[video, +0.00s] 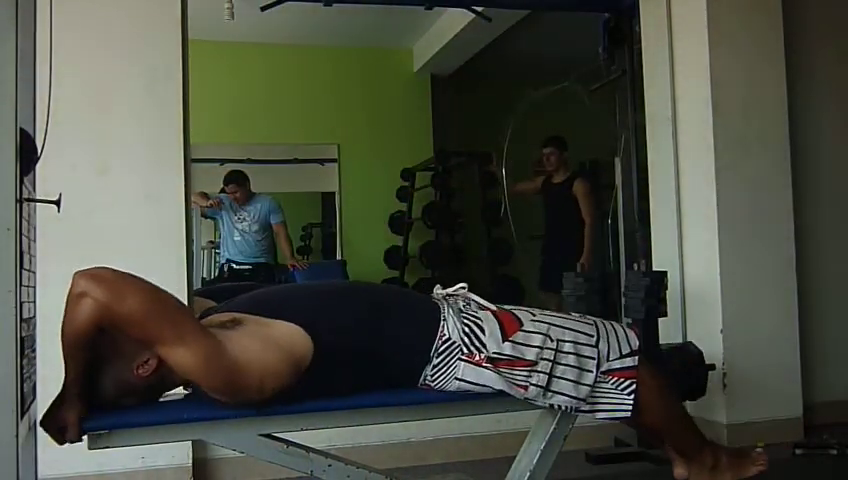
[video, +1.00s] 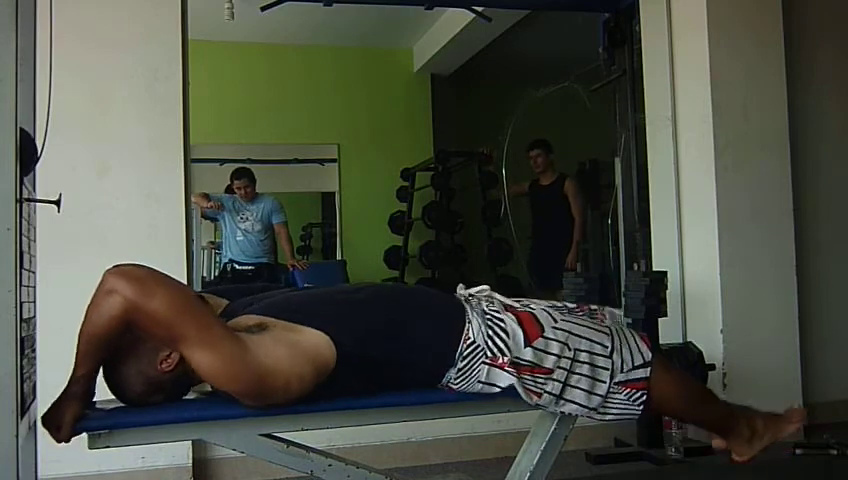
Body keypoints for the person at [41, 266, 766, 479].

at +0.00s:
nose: (146, 352)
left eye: (136, 356)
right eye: (141, 362)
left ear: (143, 367)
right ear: (151, 374)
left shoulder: (208, 340)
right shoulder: (211, 356)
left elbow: (95, 287)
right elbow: (92, 287)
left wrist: (77, 385)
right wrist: (72, 390)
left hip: (435, 319)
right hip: (440, 339)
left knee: (605, 346)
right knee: (616, 351)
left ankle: (690, 449)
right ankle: (697, 456)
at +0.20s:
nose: (151, 352)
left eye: (143, 357)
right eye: (148, 362)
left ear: (151, 361)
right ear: (159, 373)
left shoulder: (221, 331)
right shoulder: (224, 351)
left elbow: (107, 282)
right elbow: (105, 287)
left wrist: (77, 384)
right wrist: (73, 389)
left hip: (444, 316)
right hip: (451, 335)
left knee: (605, 355)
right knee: (628, 366)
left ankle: (690, 445)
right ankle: (704, 463)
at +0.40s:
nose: (165, 362)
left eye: (157, 367)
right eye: (163, 368)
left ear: (162, 368)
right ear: (172, 371)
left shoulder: (227, 340)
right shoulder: (230, 348)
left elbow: (125, 286)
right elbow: (122, 293)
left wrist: (82, 387)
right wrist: (75, 390)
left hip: (458, 309)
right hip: (466, 319)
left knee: (618, 365)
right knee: (629, 372)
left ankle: (697, 453)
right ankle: (707, 465)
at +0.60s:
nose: (167, 350)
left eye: (156, 354)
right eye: (161, 360)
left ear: (167, 362)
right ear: (175, 374)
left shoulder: (231, 338)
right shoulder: (234, 350)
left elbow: (124, 283)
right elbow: (125, 281)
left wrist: (83, 382)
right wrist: (77, 386)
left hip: (453, 318)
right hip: (462, 332)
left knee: (617, 366)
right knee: (632, 370)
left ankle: (702, 453)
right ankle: (723, 459)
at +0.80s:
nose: (161, 350)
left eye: (153, 355)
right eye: (158, 362)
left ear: (162, 356)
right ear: (170, 372)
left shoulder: (225, 333)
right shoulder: (227, 347)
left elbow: (114, 283)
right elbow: (114, 281)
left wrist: (81, 380)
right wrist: (74, 386)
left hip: (452, 318)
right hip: (461, 334)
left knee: (612, 358)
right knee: (631, 363)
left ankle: (710, 441)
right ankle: (730, 450)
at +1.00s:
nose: (168, 349)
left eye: (159, 353)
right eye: (164, 361)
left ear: (164, 357)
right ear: (172, 371)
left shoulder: (239, 331)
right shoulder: (250, 362)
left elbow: (127, 283)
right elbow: (128, 285)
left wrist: (87, 380)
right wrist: (78, 387)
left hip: (466, 315)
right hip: (473, 335)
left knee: (617, 346)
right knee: (637, 364)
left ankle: (717, 426)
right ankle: (746, 426)